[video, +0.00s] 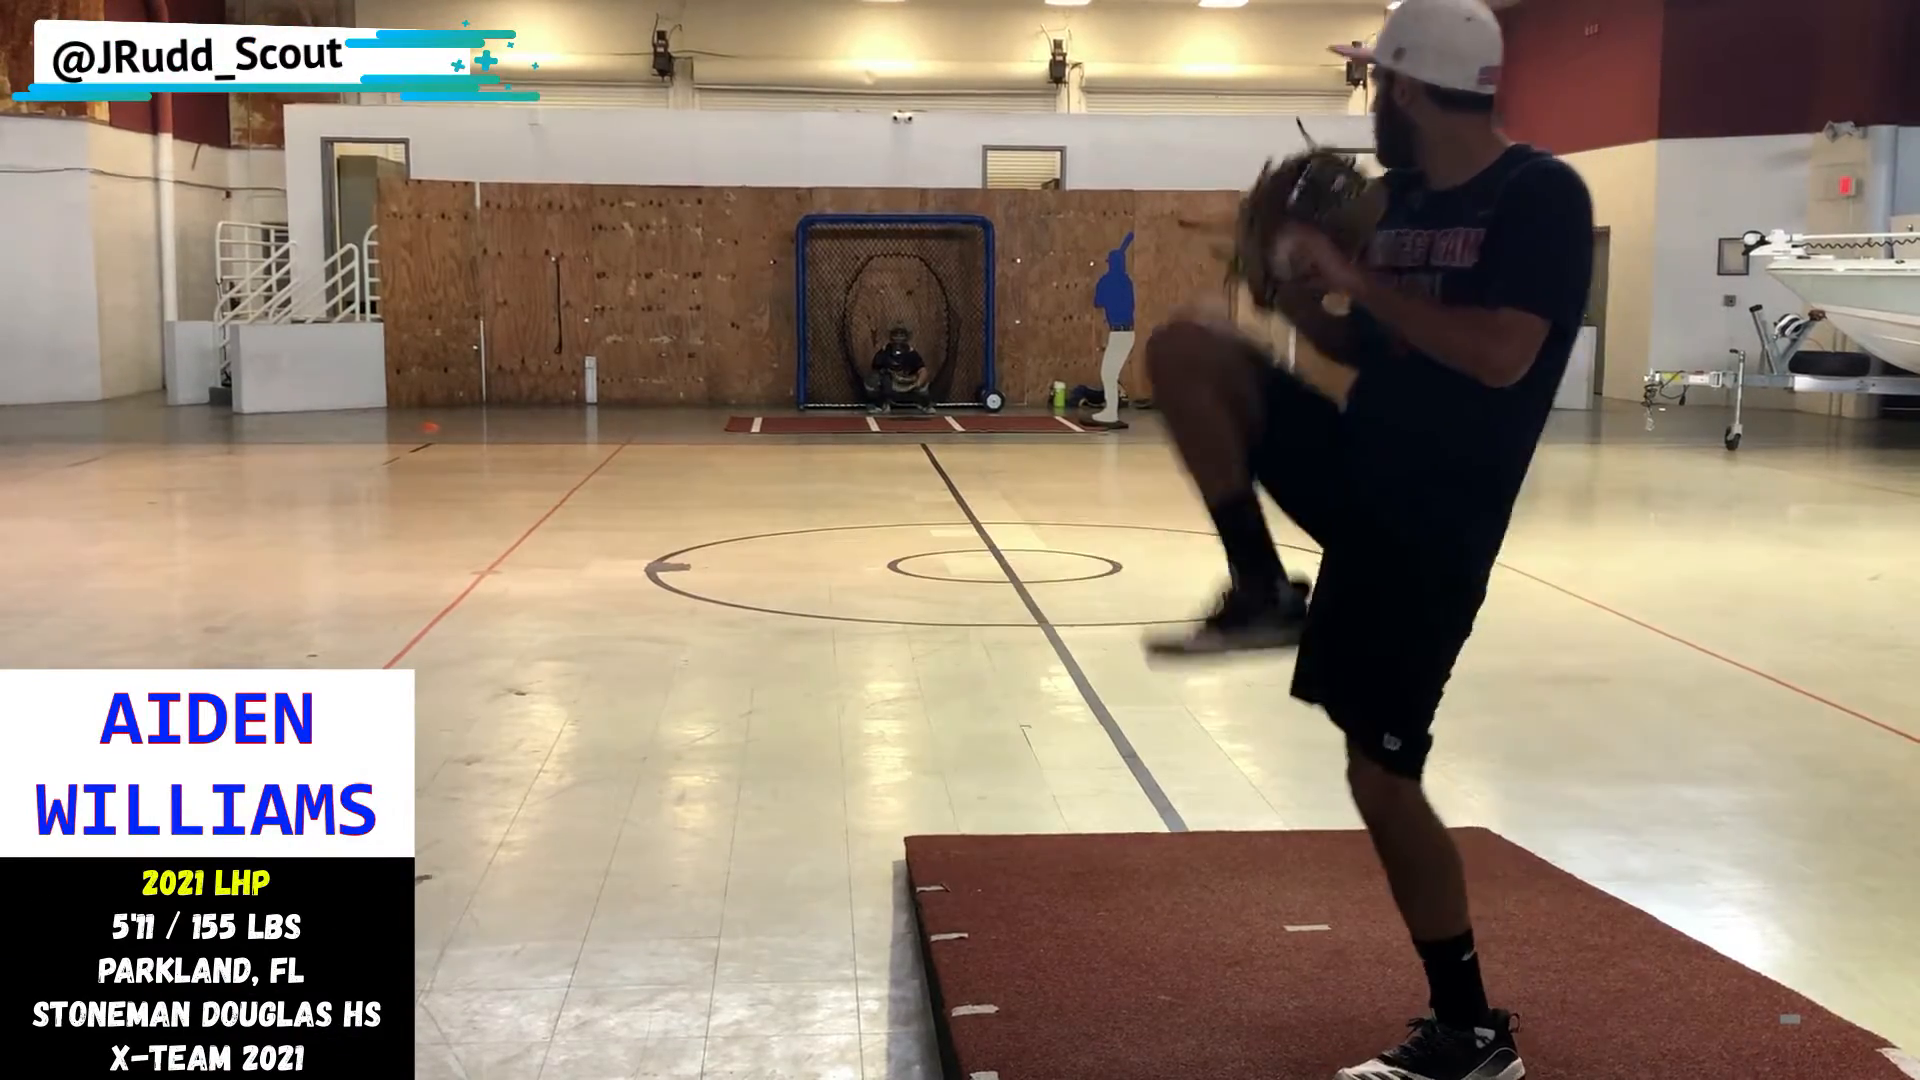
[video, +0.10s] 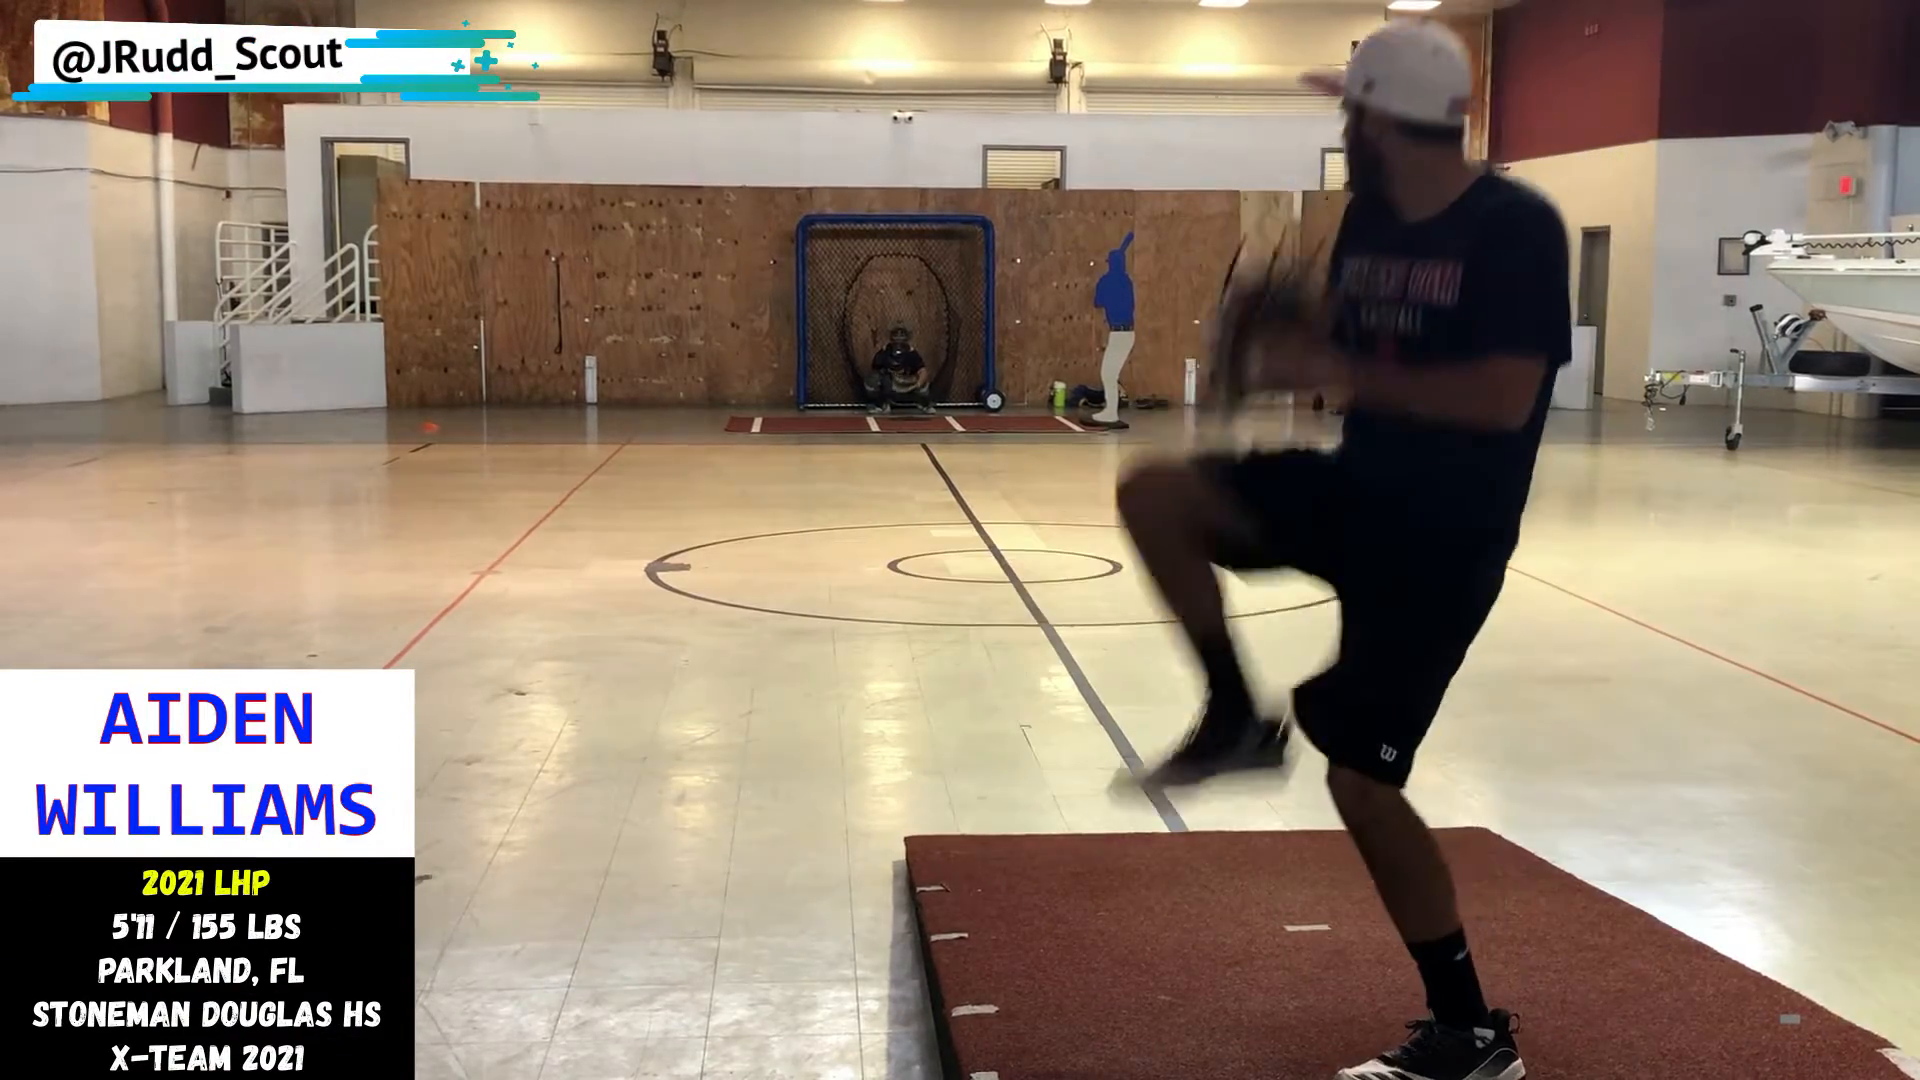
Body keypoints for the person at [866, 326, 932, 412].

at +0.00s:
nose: (898, 344)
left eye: (902, 341)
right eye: (895, 341)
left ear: (906, 341)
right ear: (891, 340)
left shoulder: (912, 354)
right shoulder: (882, 354)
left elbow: (923, 371)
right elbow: (875, 371)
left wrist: (918, 384)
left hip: (909, 381)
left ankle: (925, 405)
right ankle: (884, 405)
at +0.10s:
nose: (898, 344)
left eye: (902, 341)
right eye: (895, 341)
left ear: (907, 340)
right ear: (891, 340)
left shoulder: (912, 353)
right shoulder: (882, 354)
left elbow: (923, 372)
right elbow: (875, 371)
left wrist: (918, 385)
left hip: (910, 380)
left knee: (924, 385)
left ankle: (925, 405)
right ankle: (882, 405)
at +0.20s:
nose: (898, 343)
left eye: (902, 340)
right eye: (895, 340)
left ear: (907, 340)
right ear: (891, 339)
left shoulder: (912, 354)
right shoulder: (883, 353)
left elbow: (923, 373)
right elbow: (876, 372)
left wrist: (918, 385)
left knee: (924, 387)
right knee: (872, 382)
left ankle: (925, 405)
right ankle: (882, 405)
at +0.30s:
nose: (899, 342)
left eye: (902, 339)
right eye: (896, 339)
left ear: (907, 340)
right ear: (891, 339)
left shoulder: (913, 354)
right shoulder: (883, 353)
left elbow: (924, 373)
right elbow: (876, 373)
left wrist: (918, 386)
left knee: (924, 387)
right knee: (872, 382)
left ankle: (925, 406)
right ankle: (882, 405)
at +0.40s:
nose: (899, 342)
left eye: (903, 339)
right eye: (896, 338)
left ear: (908, 339)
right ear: (891, 339)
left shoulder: (914, 354)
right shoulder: (883, 353)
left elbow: (924, 374)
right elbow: (876, 372)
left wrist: (918, 387)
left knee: (925, 388)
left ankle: (925, 406)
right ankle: (882, 405)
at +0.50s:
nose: (899, 342)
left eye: (903, 339)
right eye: (896, 338)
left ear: (908, 340)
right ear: (891, 339)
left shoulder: (914, 354)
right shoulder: (883, 354)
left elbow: (925, 373)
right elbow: (876, 373)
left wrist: (920, 387)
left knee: (925, 388)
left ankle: (925, 406)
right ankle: (882, 405)